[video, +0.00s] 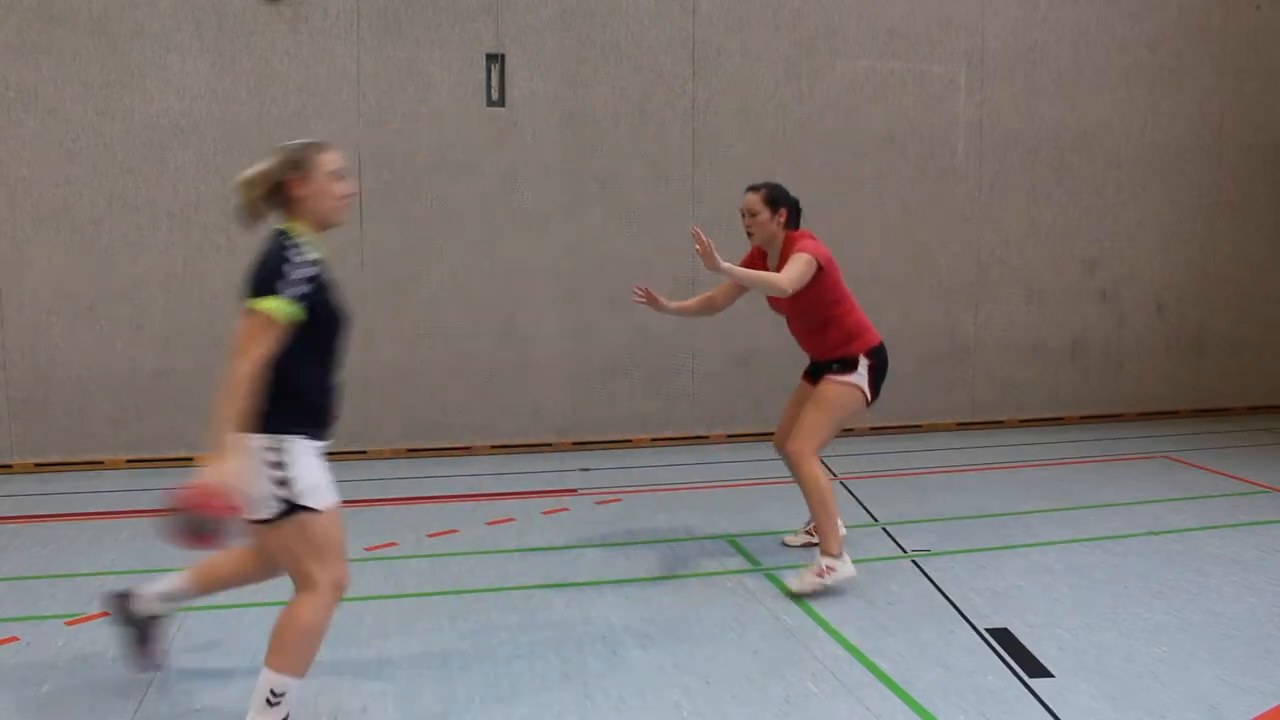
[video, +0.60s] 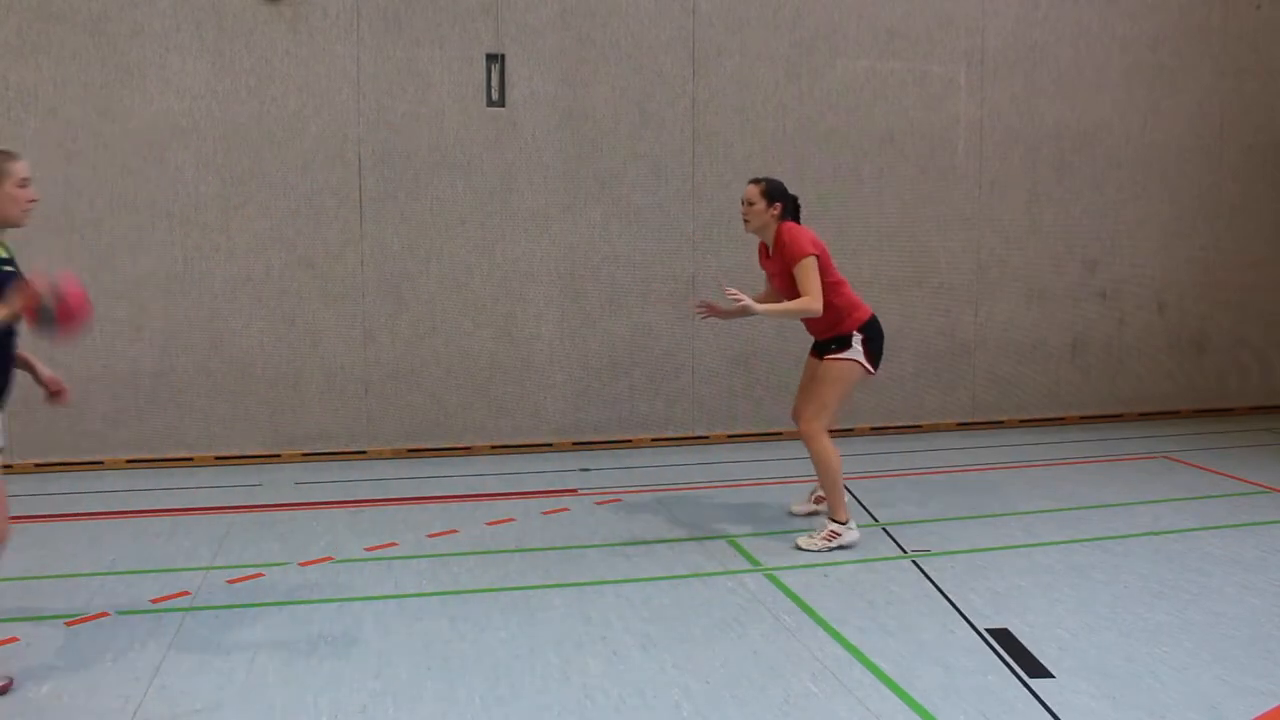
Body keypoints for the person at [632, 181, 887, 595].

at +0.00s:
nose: (745, 224)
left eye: (751, 216)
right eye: (743, 217)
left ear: (780, 217)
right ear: (754, 222)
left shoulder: (806, 249)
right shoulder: (759, 256)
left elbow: (785, 283)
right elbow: (716, 301)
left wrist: (724, 268)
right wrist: (669, 306)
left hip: (857, 361)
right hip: (825, 362)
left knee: (802, 448)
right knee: (785, 442)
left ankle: (834, 557)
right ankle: (827, 523)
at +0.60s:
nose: (742, 211)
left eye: (749, 204)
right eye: (742, 204)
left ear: (774, 208)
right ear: (759, 211)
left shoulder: (796, 238)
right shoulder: (766, 248)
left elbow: (813, 304)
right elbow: (779, 294)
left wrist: (757, 307)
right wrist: (732, 311)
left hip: (854, 334)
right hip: (827, 337)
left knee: (813, 423)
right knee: (804, 415)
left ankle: (842, 523)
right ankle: (831, 489)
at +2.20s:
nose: (762, 229)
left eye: (768, 221)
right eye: (761, 221)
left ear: (795, 221)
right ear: (791, 223)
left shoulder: (813, 247)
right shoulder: (797, 260)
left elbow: (777, 295)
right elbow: (768, 318)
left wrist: (724, 268)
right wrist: (714, 316)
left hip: (881, 362)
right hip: (867, 364)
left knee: (832, 462)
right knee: (843, 450)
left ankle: (874, 566)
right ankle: (883, 520)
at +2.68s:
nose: (761, 248)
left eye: (770, 242)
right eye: (759, 242)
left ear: (794, 249)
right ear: (760, 246)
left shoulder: (800, 272)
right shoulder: (776, 284)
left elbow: (765, 288)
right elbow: (785, 348)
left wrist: (727, 264)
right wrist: (741, 333)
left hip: (848, 399)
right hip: (826, 403)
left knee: (800, 483)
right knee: (823, 486)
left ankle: (858, 582)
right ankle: (892, 504)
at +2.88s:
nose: (785, 252)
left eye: (794, 245)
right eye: (781, 244)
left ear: (813, 251)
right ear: (772, 246)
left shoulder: (823, 279)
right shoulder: (773, 283)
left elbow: (809, 303)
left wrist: (764, 273)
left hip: (852, 408)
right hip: (815, 413)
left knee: (802, 481)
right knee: (835, 495)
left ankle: (849, 583)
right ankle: (893, 500)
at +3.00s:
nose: (798, 256)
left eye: (806, 249)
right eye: (791, 250)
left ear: (818, 254)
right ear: (779, 257)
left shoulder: (831, 285)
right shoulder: (770, 299)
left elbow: (830, 303)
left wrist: (778, 277)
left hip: (863, 413)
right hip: (818, 424)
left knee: (817, 477)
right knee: (845, 497)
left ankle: (850, 582)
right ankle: (894, 497)